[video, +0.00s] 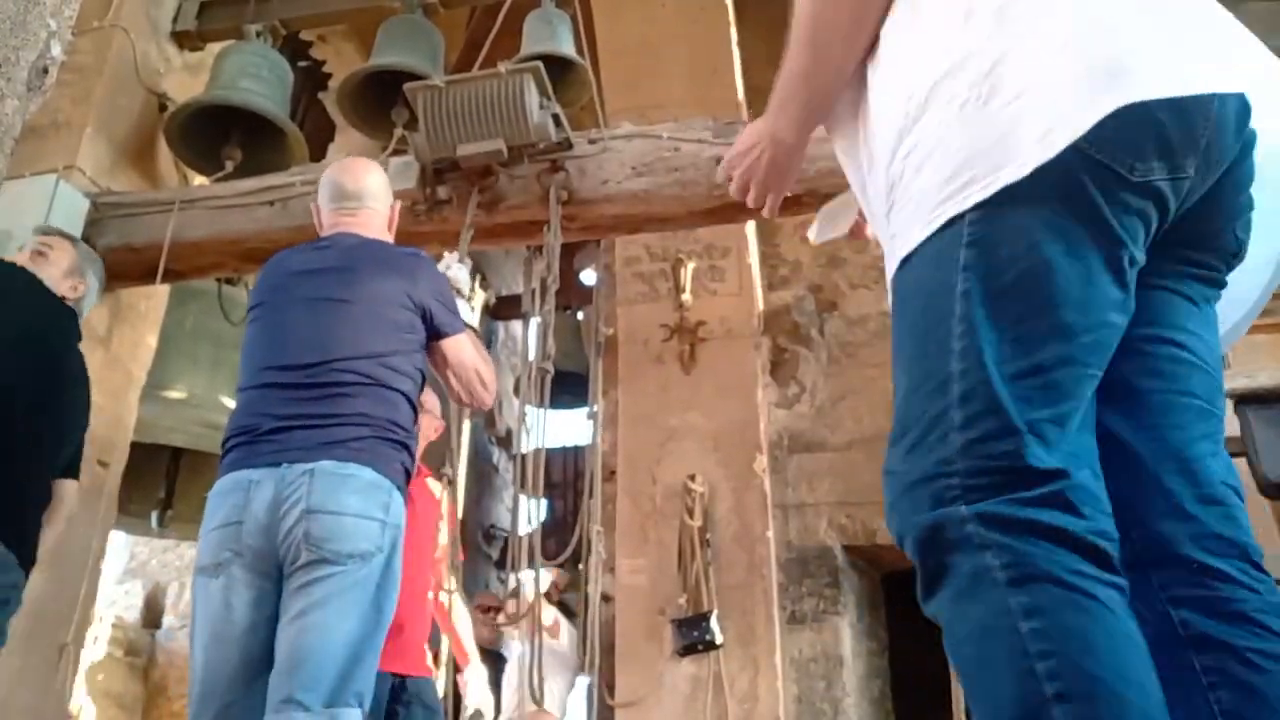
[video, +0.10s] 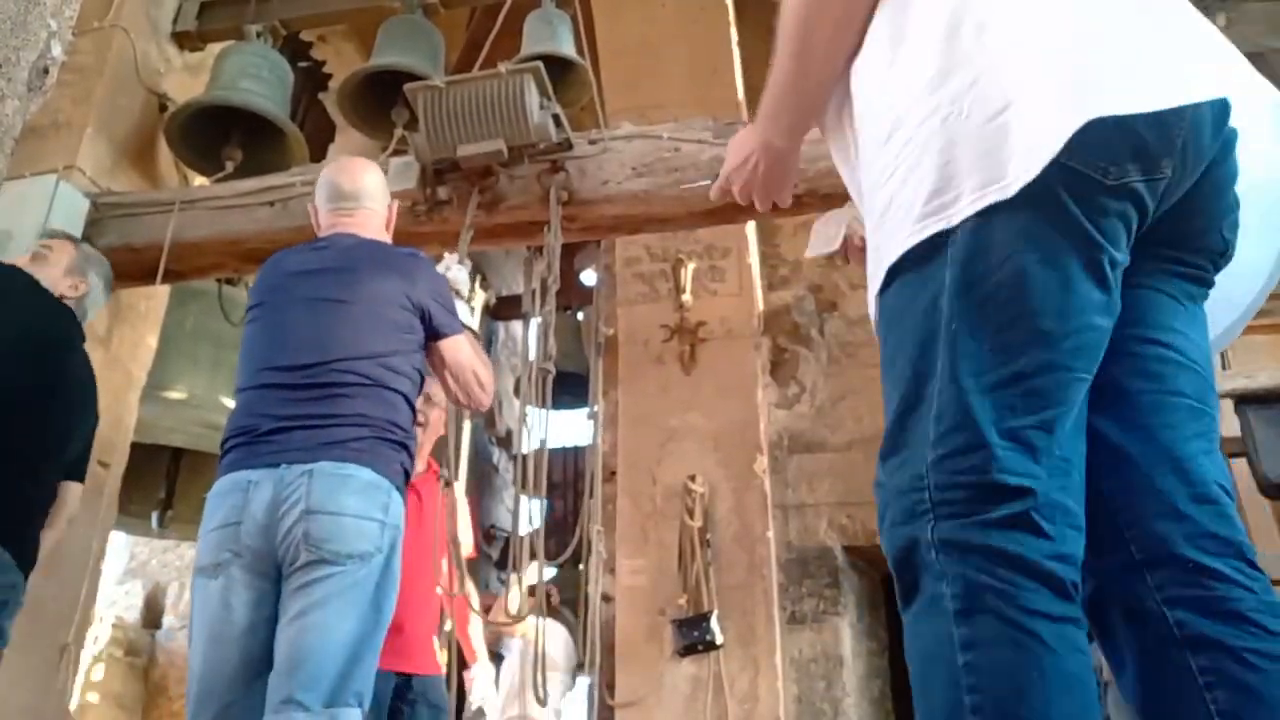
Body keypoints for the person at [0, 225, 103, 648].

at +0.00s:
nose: (18, 258)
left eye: (41, 254)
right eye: (24, 250)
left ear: (74, 289)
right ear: (73, 294)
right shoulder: (71, 367)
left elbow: (62, 496)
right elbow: (62, 497)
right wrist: (20, 572)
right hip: (6, 555)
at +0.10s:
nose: (20, 261)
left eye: (40, 256)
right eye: (30, 252)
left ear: (74, 287)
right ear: (76, 292)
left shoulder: (9, 286)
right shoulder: (81, 377)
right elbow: (66, 503)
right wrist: (23, 563)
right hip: (9, 560)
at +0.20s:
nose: (20, 262)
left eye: (35, 256)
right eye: (31, 253)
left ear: (64, 280)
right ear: (75, 289)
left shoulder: (8, 287)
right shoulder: (90, 385)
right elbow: (66, 507)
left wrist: (18, 568)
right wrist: (18, 565)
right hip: (7, 562)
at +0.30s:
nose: (21, 265)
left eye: (30, 259)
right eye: (29, 258)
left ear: (47, 266)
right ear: (87, 307)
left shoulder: (8, 292)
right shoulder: (93, 383)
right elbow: (70, 503)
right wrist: (19, 566)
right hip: (5, 564)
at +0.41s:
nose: (18, 263)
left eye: (23, 257)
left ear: (32, 263)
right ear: (83, 301)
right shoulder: (92, 377)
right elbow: (75, 496)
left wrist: (27, 565)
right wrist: (27, 565)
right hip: (1, 572)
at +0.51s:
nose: (8, 263)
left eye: (13, 256)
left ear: (22, 260)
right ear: (81, 294)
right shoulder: (87, 371)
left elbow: (78, 495)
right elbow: (77, 497)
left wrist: (19, 590)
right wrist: (19, 590)